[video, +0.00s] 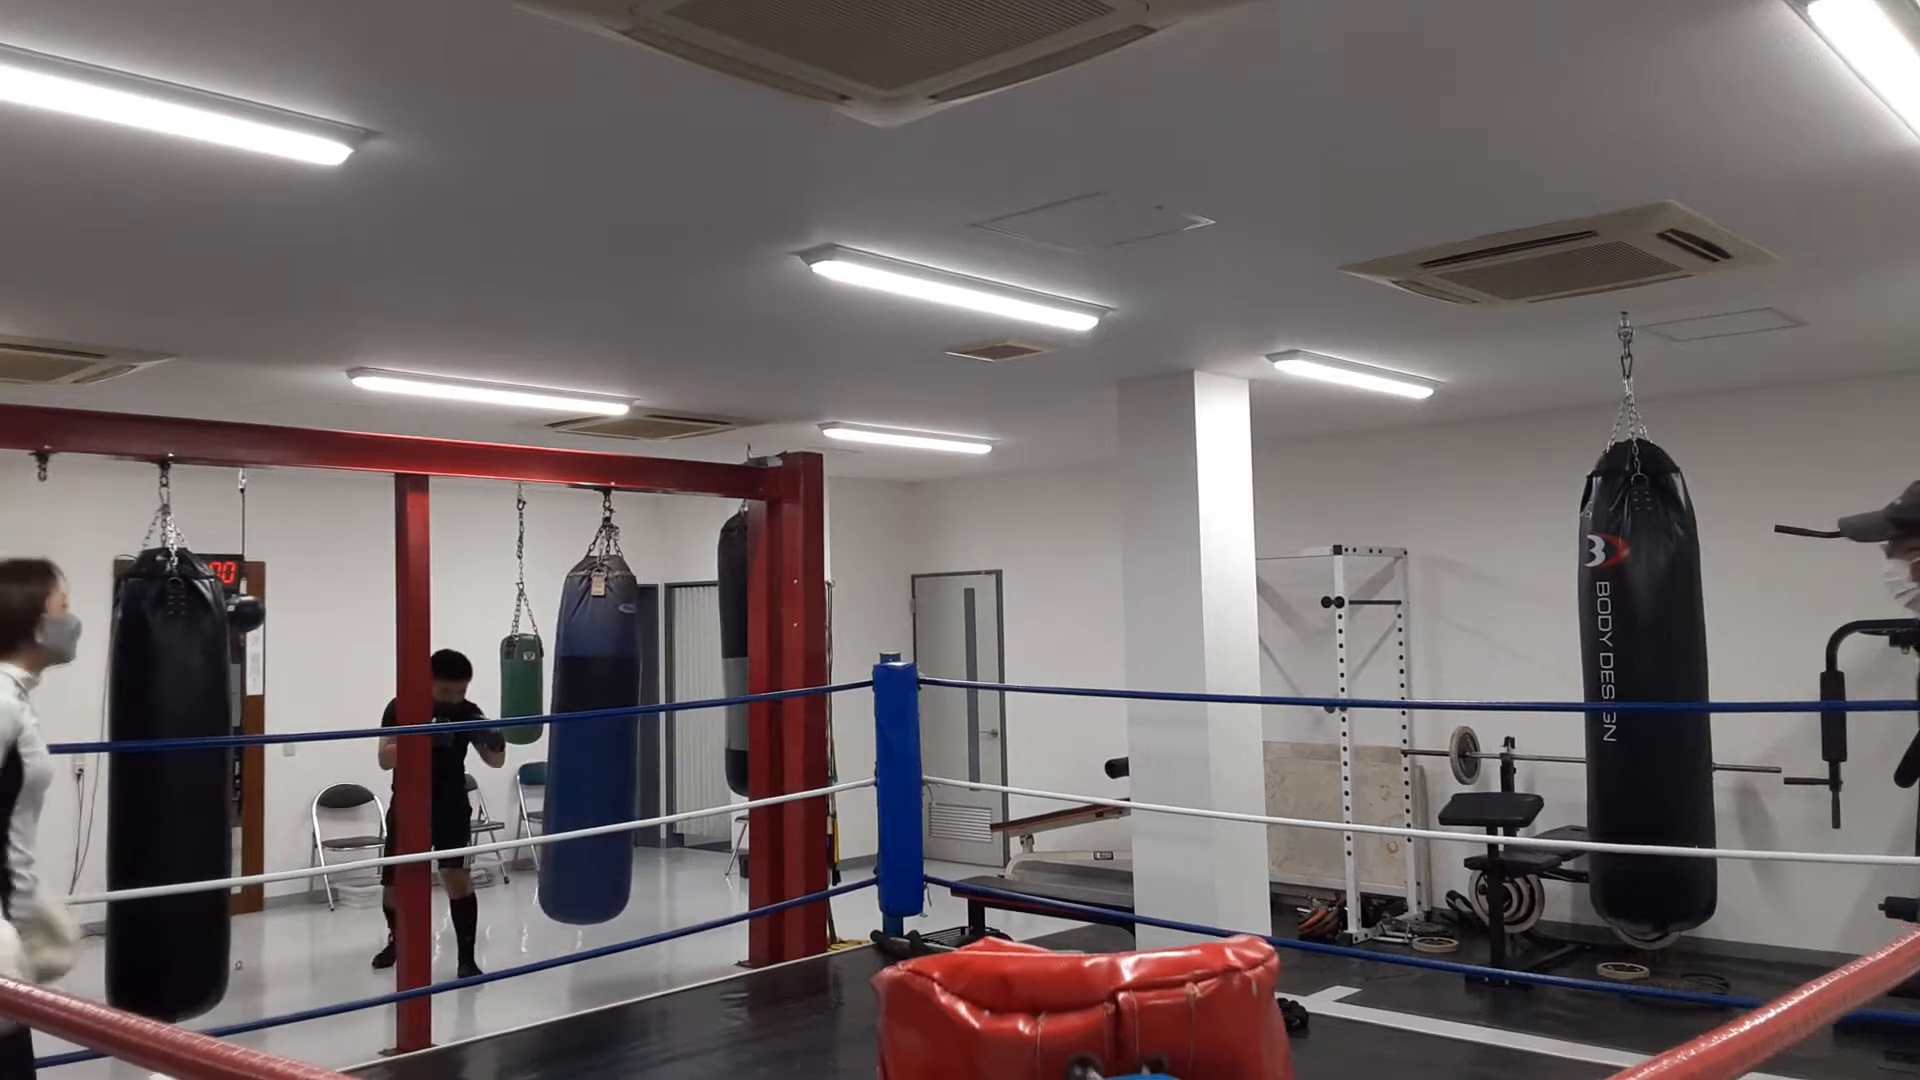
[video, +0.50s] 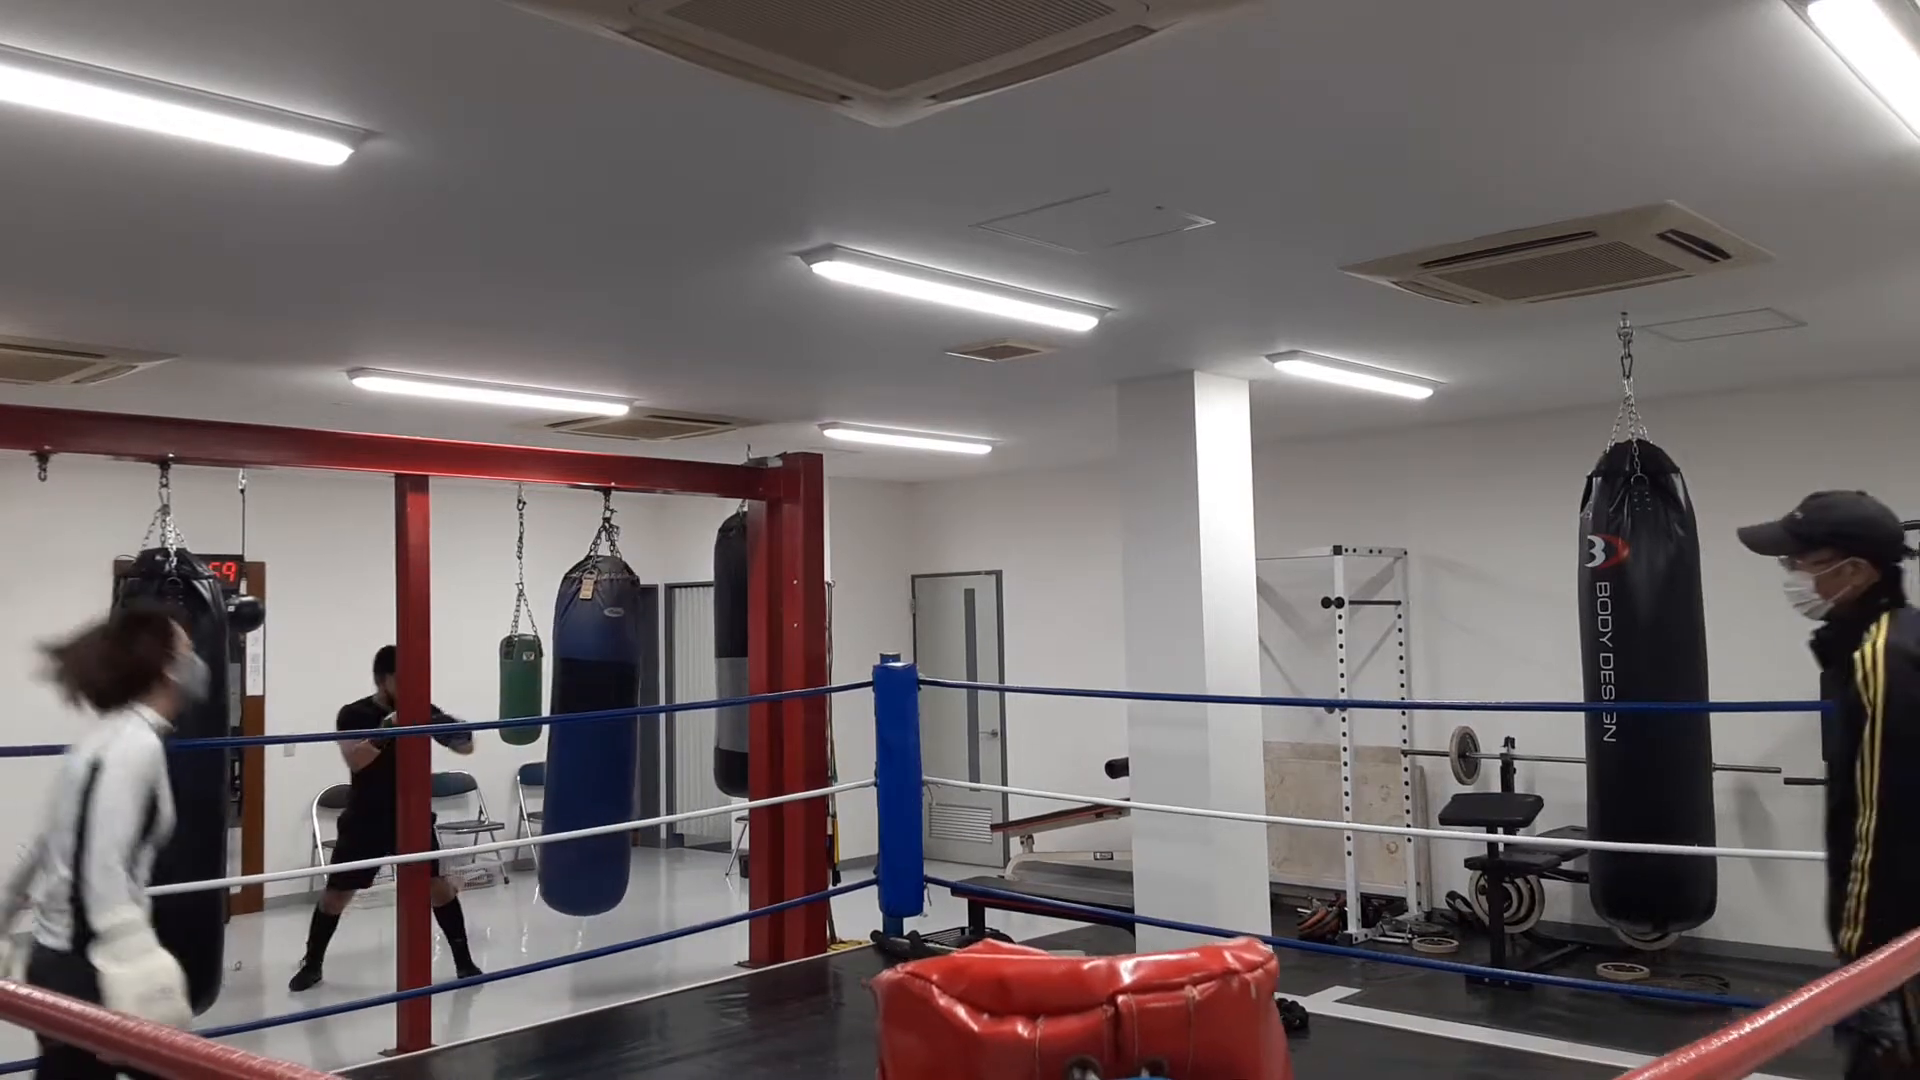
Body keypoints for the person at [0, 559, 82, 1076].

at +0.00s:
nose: (74, 621)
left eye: (69, 607)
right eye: (64, 609)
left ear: (31, 623)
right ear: (36, 622)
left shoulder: (20, 705)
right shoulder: (8, 710)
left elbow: (15, 835)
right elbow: (9, 841)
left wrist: (35, 910)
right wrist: (15, 925)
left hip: (18, 911)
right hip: (7, 922)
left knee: (18, 1061)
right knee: (16, 1064)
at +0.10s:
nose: (84, 658)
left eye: (79, 645)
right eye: (73, 646)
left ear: (34, 660)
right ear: (43, 659)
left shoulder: (26, 740)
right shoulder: (15, 747)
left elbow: (14, 870)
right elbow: (1, 884)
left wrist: (27, 973)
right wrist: (28, 983)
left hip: (18, 944)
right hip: (10, 950)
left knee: (41, 1044)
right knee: (38, 1041)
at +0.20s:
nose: (103, 662)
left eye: (96, 651)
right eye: (92, 654)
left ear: (42, 674)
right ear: (64, 673)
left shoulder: (31, 743)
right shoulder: (34, 752)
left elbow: (27, 879)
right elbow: (23, 883)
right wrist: (50, 997)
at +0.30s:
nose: (129, 639)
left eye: (126, 627)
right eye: (120, 629)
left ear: (77, 641)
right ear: (93, 640)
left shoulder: (41, 696)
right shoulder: (65, 709)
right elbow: (49, 830)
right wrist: (64, 936)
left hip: (23, 922)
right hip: (42, 926)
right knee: (40, 1062)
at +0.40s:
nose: (162, 634)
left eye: (159, 622)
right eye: (154, 623)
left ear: (94, 635)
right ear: (128, 636)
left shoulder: (56, 698)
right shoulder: (102, 708)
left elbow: (12, 814)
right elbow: (72, 835)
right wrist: (106, 942)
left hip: (29, 922)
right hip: (71, 927)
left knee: (42, 1067)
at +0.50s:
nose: (197, 665)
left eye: (191, 650)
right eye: (186, 651)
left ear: (127, 669)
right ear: (164, 668)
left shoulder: (100, 739)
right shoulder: (137, 743)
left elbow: (43, 850)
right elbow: (104, 871)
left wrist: (7, 919)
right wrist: (150, 980)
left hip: (53, 962)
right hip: (94, 969)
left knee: (62, 1069)